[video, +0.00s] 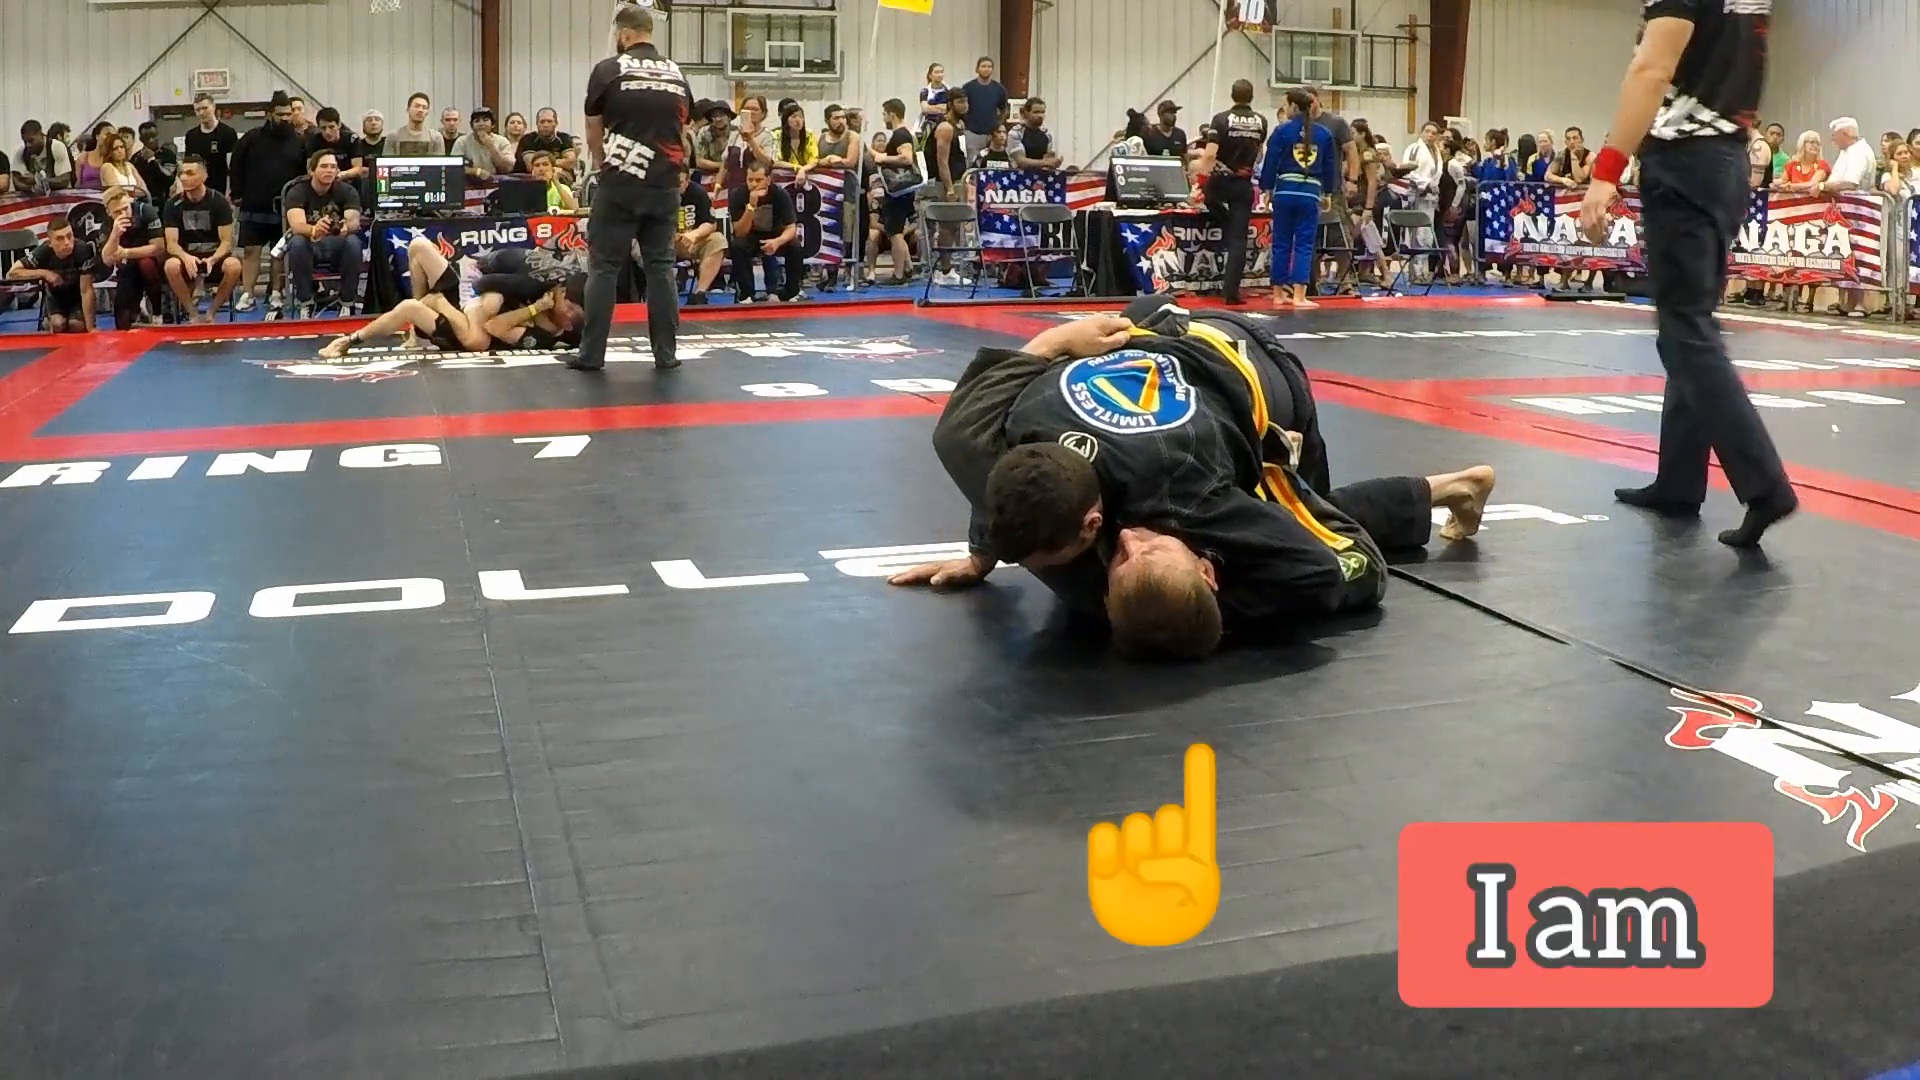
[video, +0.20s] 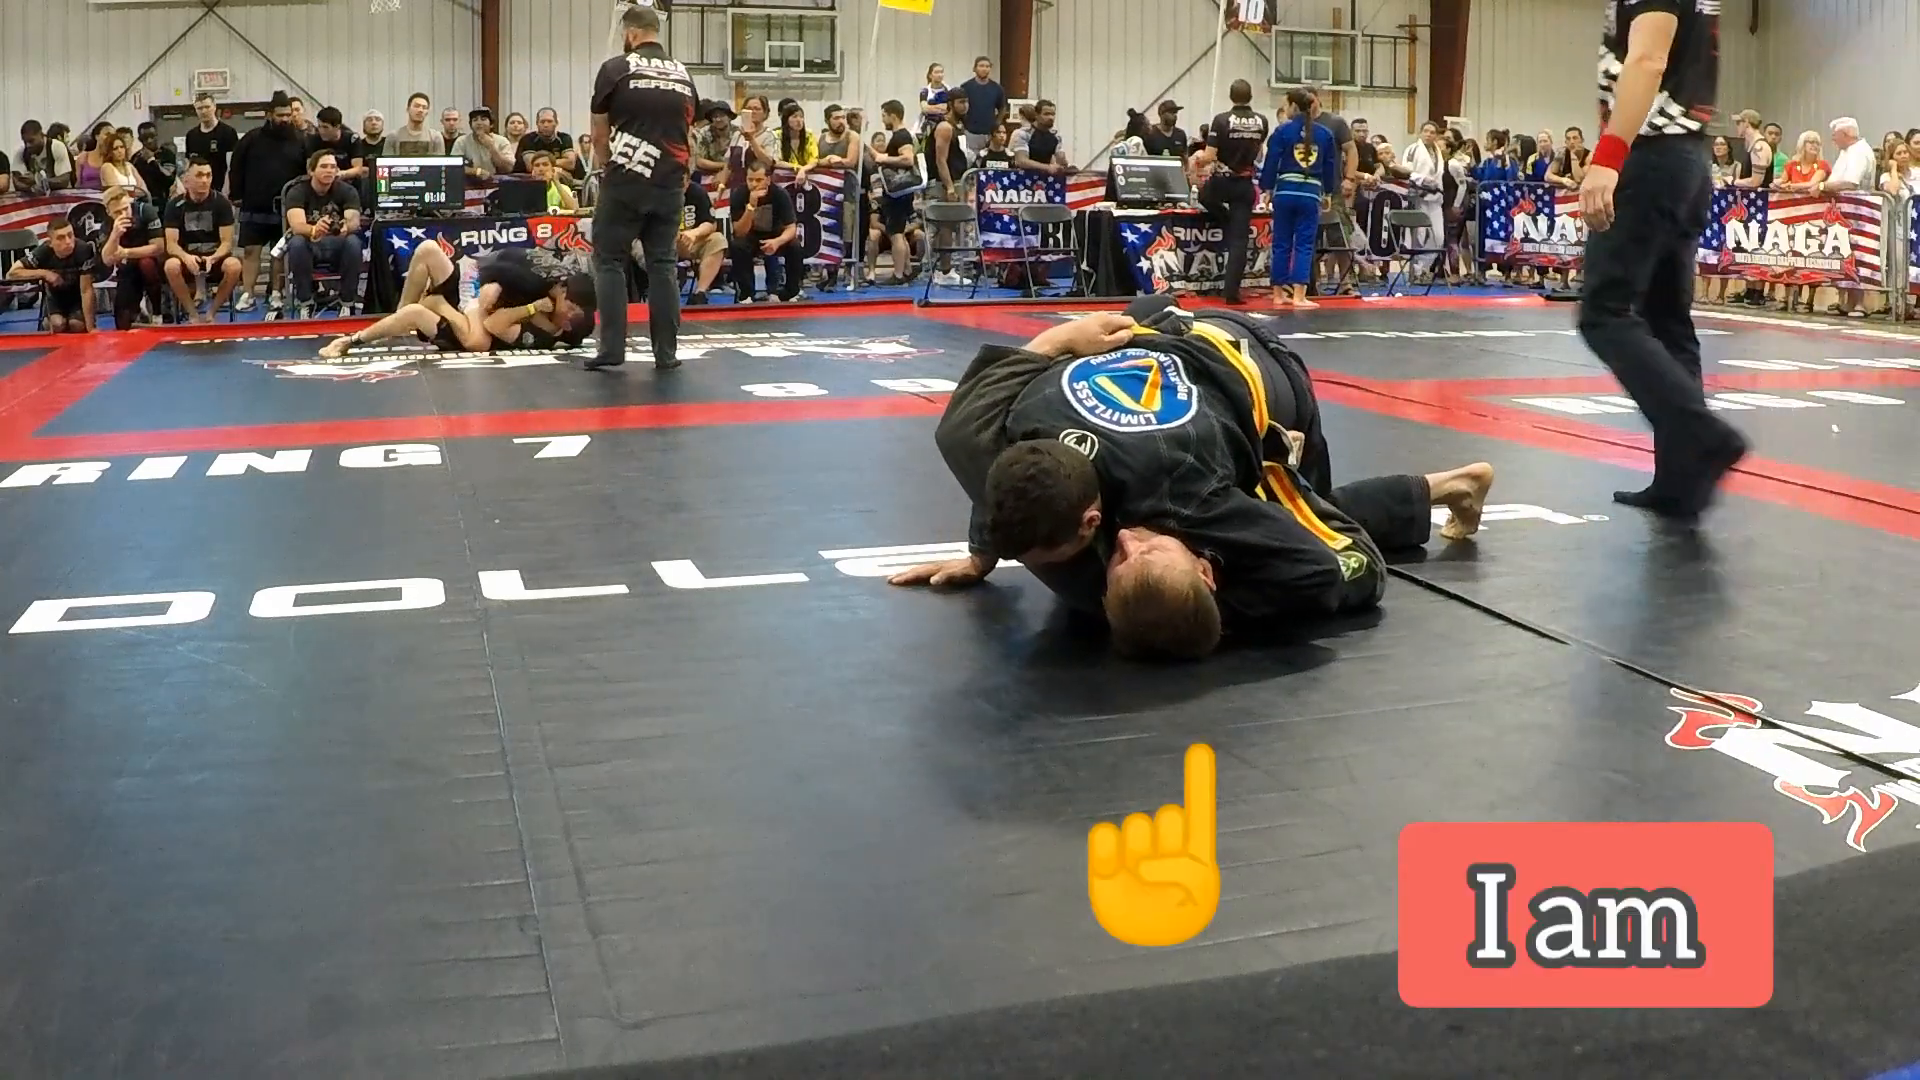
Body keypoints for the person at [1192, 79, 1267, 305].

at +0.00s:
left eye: (1236, 93)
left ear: (1232, 96)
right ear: (1251, 97)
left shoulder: (1221, 119)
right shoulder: (1261, 121)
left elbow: (1210, 155)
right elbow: (1259, 151)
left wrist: (1199, 170)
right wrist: (1246, 165)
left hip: (1220, 178)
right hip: (1244, 182)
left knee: (1210, 198)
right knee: (1238, 239)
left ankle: (1227, 222)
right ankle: (1231, 292)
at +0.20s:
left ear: (1230, 97)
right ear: (1250, 97)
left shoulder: (1221, 120)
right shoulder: (1261, 121)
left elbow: (1210, 155)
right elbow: (1259, 152)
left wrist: (1198, 159)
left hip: (1222, 179)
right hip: (1245, 183)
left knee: (1205, 197)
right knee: (1239, 239)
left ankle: (1228, 222)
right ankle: (1231, 292)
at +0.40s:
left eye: (1232, 95)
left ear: (1231, 97)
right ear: (1250, 97)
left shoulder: (1220, 120)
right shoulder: (1262, 120)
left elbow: (1204, 148)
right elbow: (1259, 145)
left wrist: (1204, 135)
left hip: (1224, 180)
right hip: (1247, 183)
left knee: (1208, 197)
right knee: (1241, 239)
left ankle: (1230, 223)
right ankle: (1232, 293)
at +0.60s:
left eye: (1236, 94)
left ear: (1234, 97)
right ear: (1253, 98)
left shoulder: (1223, 116)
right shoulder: (1264, 121)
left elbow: (1203, 131)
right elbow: (1259, 145)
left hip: (1224, 179)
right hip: (1247, 182)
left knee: (1209, 197)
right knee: (1240, 239)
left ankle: (1231, 223)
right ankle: (1232, 293)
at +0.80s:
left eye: (1240, 93)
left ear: (1238, 97)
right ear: (1257, 98)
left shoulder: (1226, 116)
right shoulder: (1265, 122)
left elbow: (1206, 126)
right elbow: (1268, 141)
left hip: (1224, 177)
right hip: (1247, 181)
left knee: (1210, 197)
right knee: (1240, 239)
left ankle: (1231, 222)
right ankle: (1232, 293)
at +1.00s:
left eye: (1239, 94)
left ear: (1237, 97)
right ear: (1257, 98)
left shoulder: (1224, 117)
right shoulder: (1265, 125)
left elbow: (1217, 139)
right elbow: (1267, 147)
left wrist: (1224, 110)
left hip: (1224, 176)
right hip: (1247, 181)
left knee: (1210, 198)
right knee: (1241, 238)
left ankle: (1231, 219)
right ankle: (1231, 292)